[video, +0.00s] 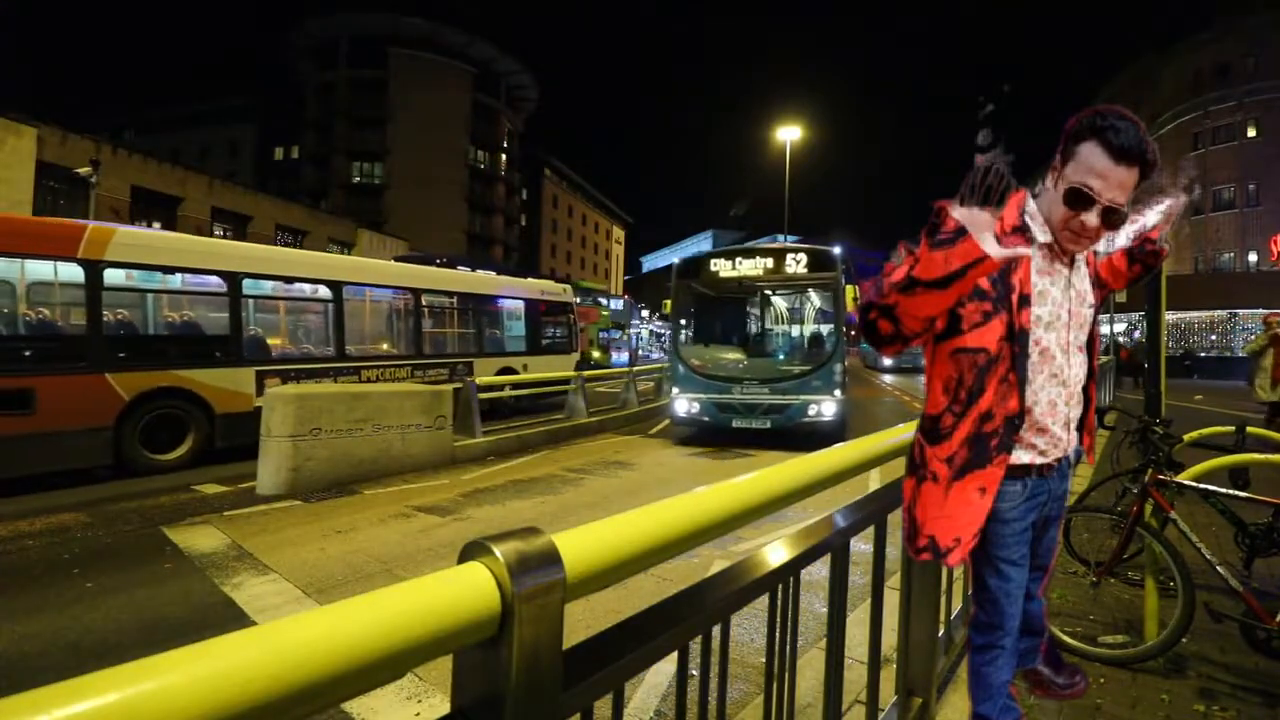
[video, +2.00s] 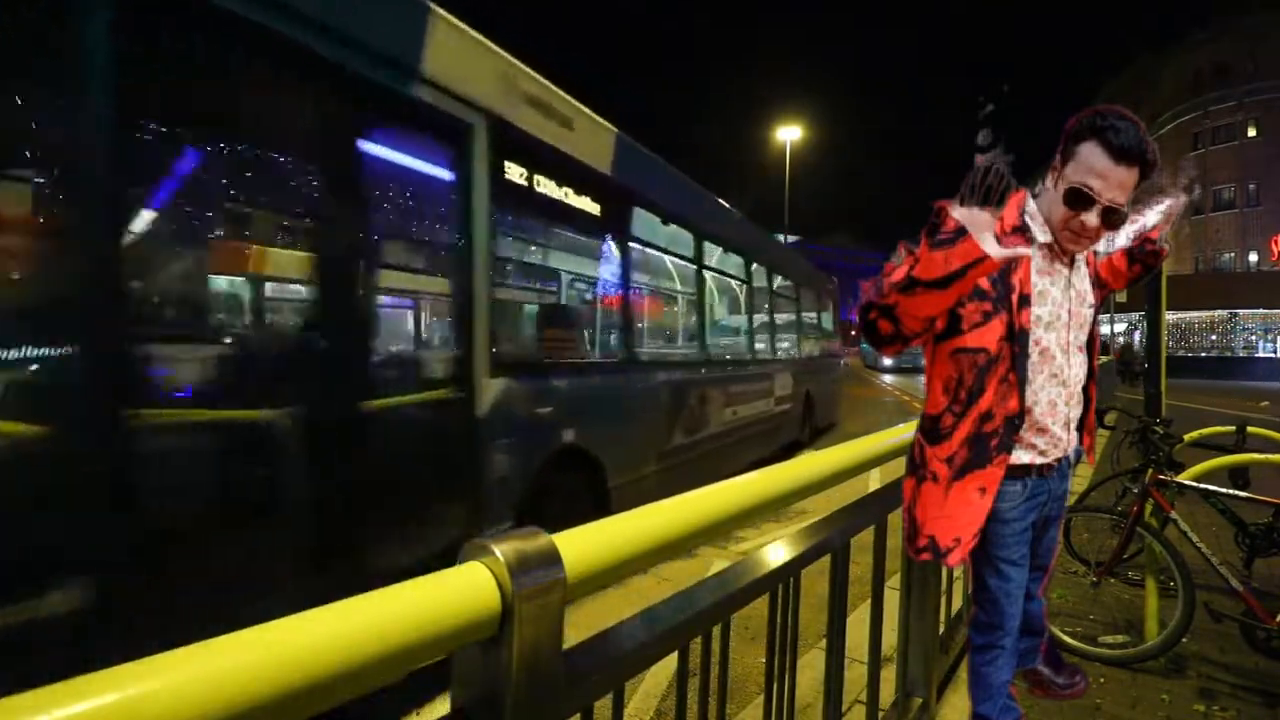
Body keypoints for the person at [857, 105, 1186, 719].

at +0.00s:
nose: (1089, 222)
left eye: (1110, 211)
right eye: (1079, 198)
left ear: (1123, 211)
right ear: (1052, 172)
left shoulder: (1085, 264)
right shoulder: (985, 242)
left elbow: (1114, 271)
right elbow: (883, 328)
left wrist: (1152, 241)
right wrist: (962, 246)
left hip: (1057, 467)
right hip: (1000, 475)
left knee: (1034, 582)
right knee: (1000, 611)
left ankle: (1027, 660)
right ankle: (993, 709)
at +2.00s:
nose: (1089, 222)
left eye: (1109, 212)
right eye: (1079, 198)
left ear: (1123, 211)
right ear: (1052, 172)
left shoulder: (1084, 265)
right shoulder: (985, 242)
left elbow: (1112, 272)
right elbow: (883, 327)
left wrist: (1152, 240)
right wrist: (962, 245)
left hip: (1058, 467)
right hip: (1000, 476)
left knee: (1034, 581)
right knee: (999, 612)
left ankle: (1027, 658)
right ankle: (993, 708)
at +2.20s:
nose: (1089, 222)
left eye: (1110, 212)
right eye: (1079, 198)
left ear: (1123, 211)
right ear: (1052, 172)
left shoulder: (1084, 265)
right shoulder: (985, 243)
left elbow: (1113, 272)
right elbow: (883, 327)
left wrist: (1152, 240)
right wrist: (962, 246)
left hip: (1057, 467)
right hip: (1000, 476)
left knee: (1034, 582)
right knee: (1000, 611)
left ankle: (1027, 659)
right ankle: (993, 709)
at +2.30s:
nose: (1089, 222)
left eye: (1110, 211)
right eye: (1079, 198)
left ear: (1123, 211)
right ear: (1052, 171)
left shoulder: (1085, 265)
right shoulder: (985, 242)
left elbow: (1117, 270)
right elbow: (883, 328)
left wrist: (1153, 240)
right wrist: (962, 246)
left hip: (1058, 467)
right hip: (1000, 475)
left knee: (1034, 582)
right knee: (1000, 610)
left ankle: (1027, 659)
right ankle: (993, 709)